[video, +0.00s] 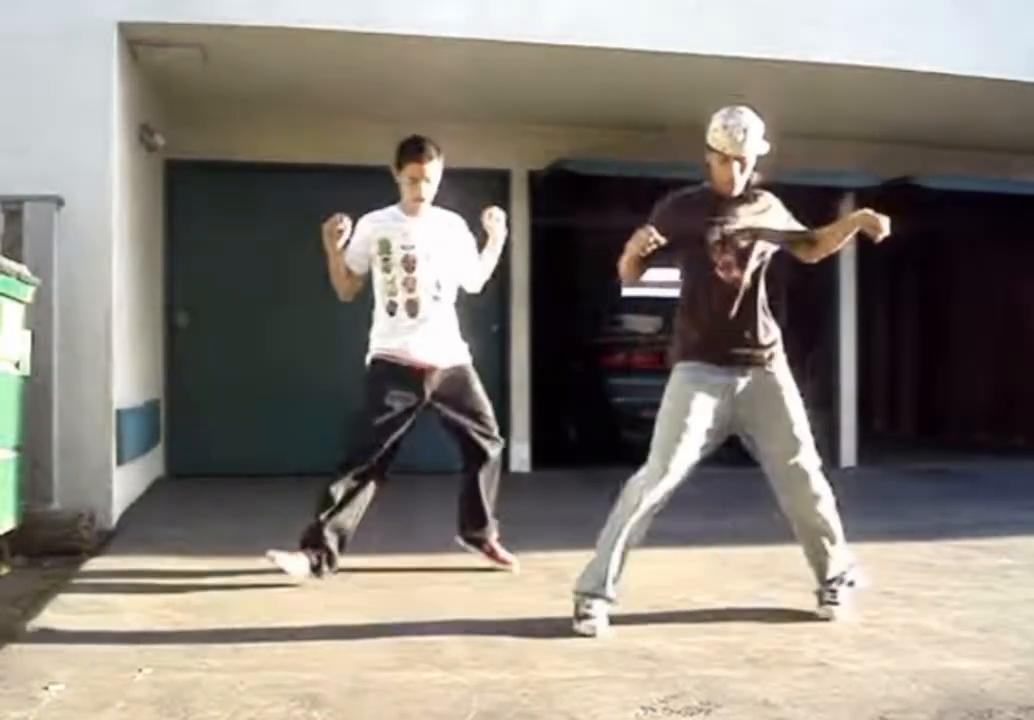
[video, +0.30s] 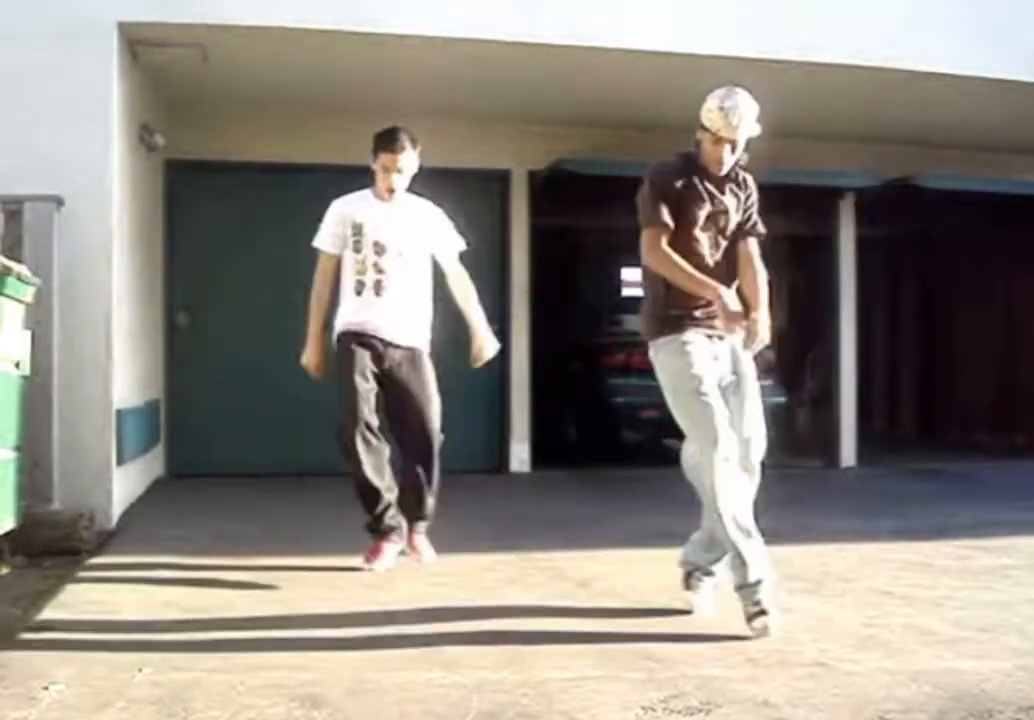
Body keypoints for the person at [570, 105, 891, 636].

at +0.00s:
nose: (736, 173)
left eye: (745, 163)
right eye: (727, 162)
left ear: (757, 161)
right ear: (709, 157)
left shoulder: (767, 206)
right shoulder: (681, 209)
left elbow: (808, 250)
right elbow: (629, 274)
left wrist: (852, 222)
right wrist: (634, 252)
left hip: (764, 367)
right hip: (699, 368)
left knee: (800, 472)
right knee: (659, 477)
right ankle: (594, 594)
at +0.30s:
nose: (727, 154)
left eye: (736, 144)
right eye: (720, 142)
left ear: (746, 140)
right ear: (702, 131)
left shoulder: (743, 185)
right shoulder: (666, 178)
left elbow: (749, 256)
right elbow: (653, 253)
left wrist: (761, 315)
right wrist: (717, 291)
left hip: (732, 330)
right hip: (680, 333)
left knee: (750, 449)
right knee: (718, 447)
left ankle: (701, 559)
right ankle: (754, 582)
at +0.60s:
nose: (685, 159)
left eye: (695, 150)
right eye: (679, 146)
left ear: (707, 147)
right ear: (661, 134)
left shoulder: (707, 189)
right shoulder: (621, 180)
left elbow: (714, 243)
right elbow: (548, 209)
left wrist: (707, 290)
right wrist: (583, 269)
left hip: (694, 333)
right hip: (641, 335)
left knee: (714, 448)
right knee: (664, 454)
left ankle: (669, 557)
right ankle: (691, 573)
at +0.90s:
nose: (659, 174)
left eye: (669, 163)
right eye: (651, 160)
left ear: (680, 161)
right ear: (631, 151)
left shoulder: (674, 201)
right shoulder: (592, 199)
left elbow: (662, 232)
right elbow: (531, 240)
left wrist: (682, 260)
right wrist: (580, 272)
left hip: (665, 360)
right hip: (607, 367)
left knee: (738, 449)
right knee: (584, 481)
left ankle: (787, 562)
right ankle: (523, 577)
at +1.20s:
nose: (696, 170)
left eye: (706, 161)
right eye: (689, 158)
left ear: (720, 157)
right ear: (673, 150)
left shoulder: (730, 205)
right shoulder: (641, 197)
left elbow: (749, 275)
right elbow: (634, 274)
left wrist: (703, 290)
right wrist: (702, 274)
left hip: (703, 361)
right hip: (647, 357)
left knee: (682, 471)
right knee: (660, 473)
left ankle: (633, 561)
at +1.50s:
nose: (759, 170)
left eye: (769, 160)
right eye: (751, 158)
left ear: (784, 153)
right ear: (735, 147)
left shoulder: (797, 199)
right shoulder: (704, 195)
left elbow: (804, 272)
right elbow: (674, 265)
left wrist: (775, 294)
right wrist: (733, 267)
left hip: (784, 355)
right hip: (720, 352)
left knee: (817, 462)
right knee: (682, 460)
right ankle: (650, 583)